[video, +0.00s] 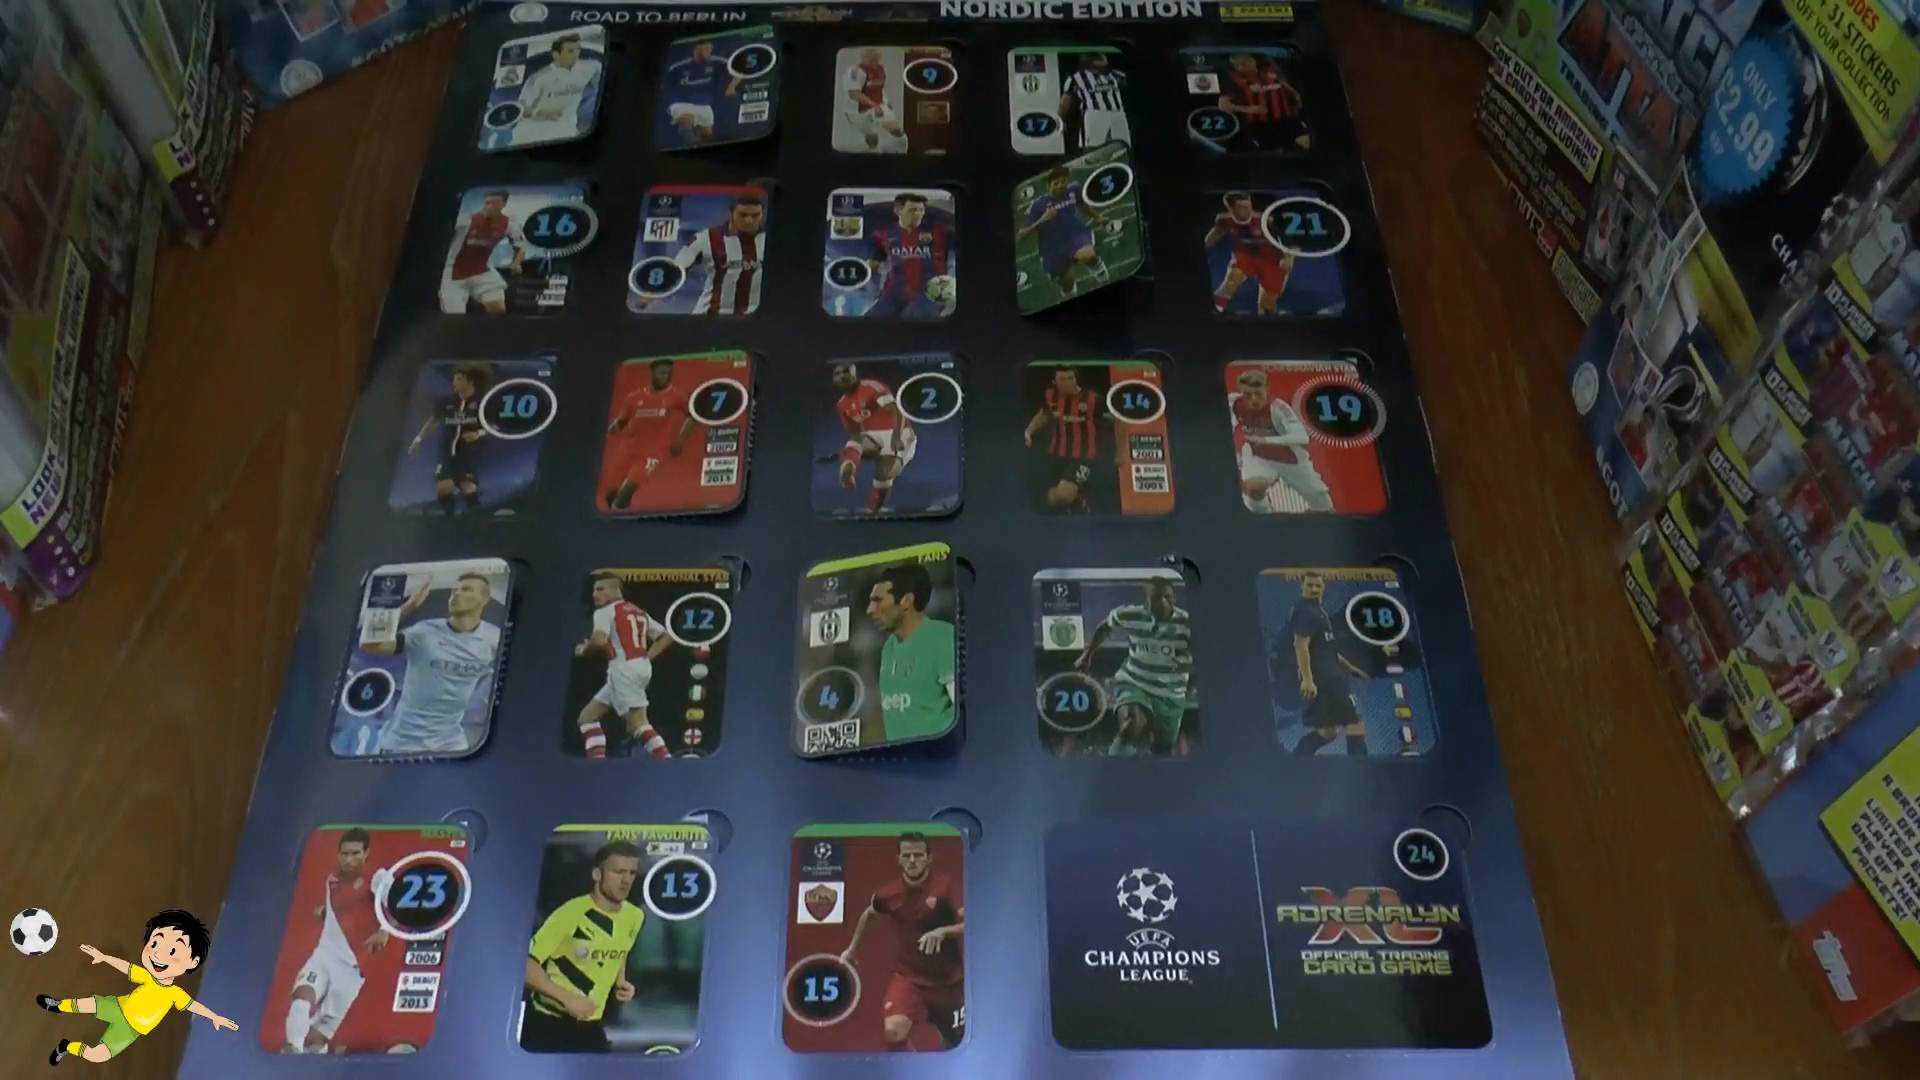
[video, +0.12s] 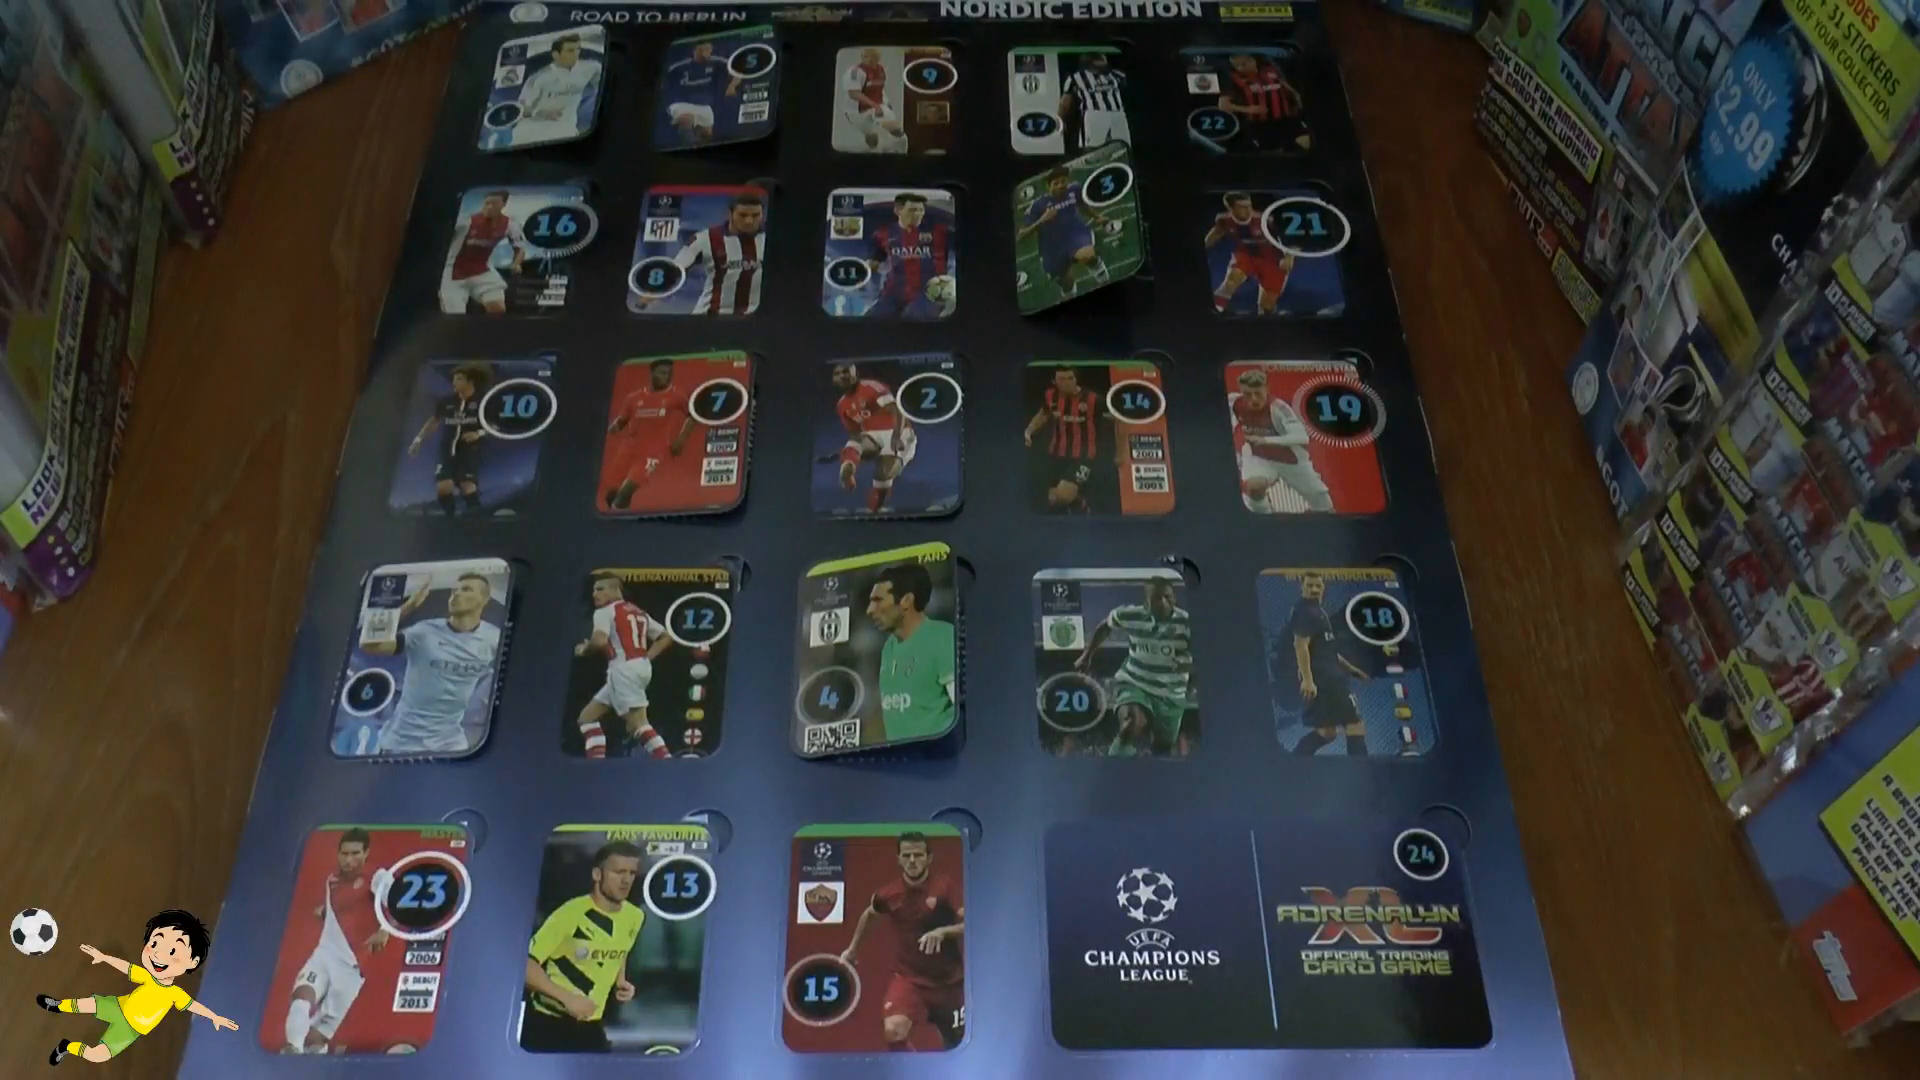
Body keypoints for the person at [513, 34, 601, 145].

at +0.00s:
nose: (575, 55)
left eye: (577, 50)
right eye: (570, 51)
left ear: (580, 51)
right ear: (555, 55)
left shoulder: (588, 69)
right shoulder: (538, 78)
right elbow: (521, 110)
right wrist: (543, 114)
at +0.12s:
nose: (575, 55)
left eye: (578, 50)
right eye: (570, 51)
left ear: (580, 50)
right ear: (555, 55)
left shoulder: (587, 70)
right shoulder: (538, 79)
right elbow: (521, 110)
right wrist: (543, 114)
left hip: (567, 134)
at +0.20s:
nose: (575, 55)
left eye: (578, 50)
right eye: (570, 51)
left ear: (580, 50)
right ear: (555, 55)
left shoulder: (588, 69)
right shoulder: (538, 79)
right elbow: (521, 110)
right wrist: (542, 114)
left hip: (567, 134)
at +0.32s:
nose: (575, 54)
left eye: (577, 50)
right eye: (570, 51)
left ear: (580, 50)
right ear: (555, 55)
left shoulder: (588, 69)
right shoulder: (538, 79)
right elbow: (521, 109)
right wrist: (542, 114)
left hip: (566, 133)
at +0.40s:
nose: (575, 55)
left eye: (577, 50)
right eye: (569, 51)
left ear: (580, 50)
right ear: (555, 54)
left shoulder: (587, 69)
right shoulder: (537, 79)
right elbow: (521, 109)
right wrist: (542, 113)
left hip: (566, 133)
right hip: (533, 136)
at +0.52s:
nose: (575, 55)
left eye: (577, 50)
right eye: (569, 51)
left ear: (580, 50)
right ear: (555, 54)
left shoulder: (587, 69)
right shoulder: (537, 79)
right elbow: (521, 109)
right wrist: (543, 113)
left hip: (566, 133)